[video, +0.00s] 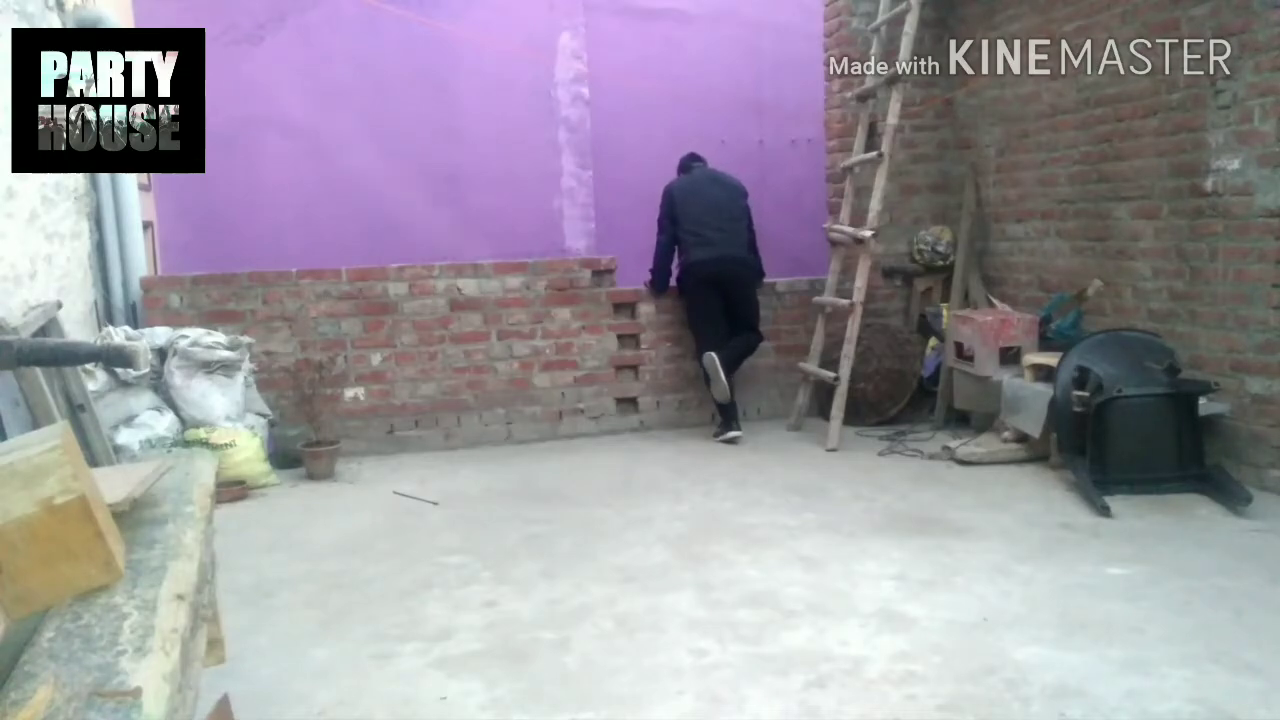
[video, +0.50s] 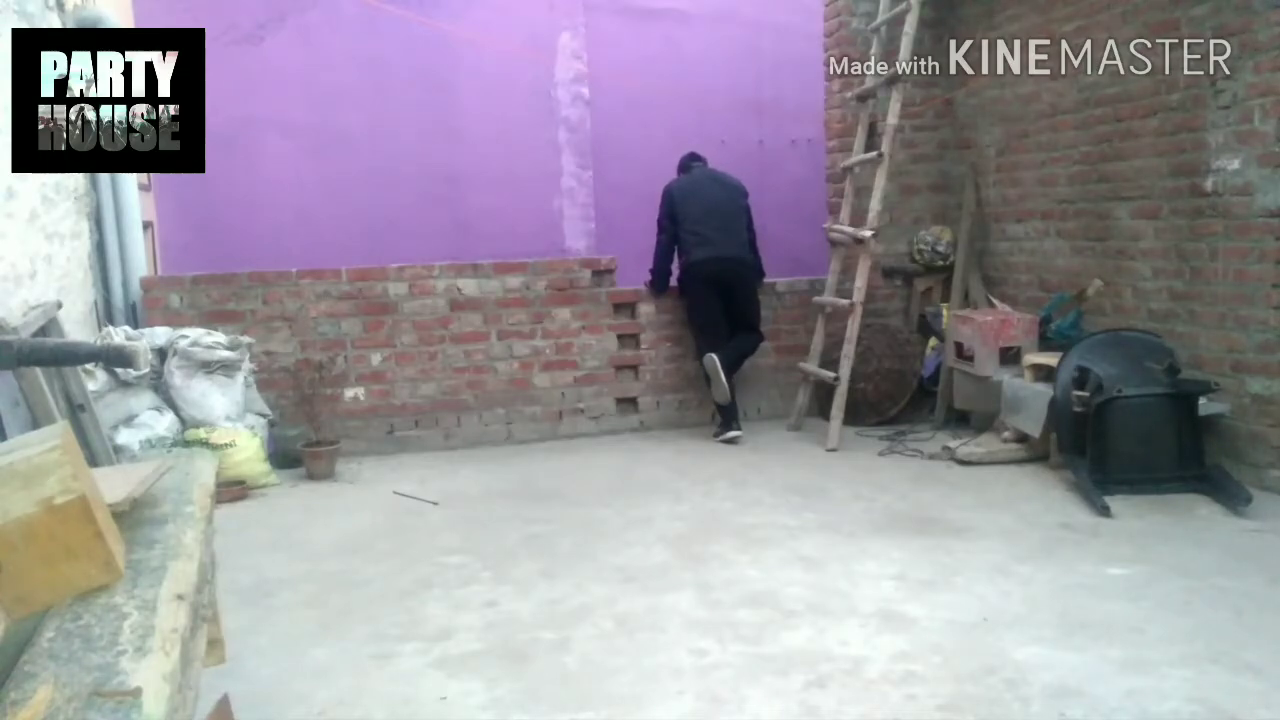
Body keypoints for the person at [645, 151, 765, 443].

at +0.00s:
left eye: (680, 175)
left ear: (681, 172)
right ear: (706, 166)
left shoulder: (674, 189)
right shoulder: (734, 184)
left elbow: (666, 239)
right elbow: (748, 231)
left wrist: (659, 282)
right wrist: (756, 269)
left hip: (697, 273)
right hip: (739, 269)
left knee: (710, 343)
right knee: (749, 332)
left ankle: (729, 422)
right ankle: (723, 362)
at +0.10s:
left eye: (679, 175)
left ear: (681, 172)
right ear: (706, 166)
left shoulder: (674, 189)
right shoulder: (734, 184)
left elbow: (666, 239)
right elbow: (748, 231)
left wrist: (659, 282)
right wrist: (756, 269)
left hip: (697, 273)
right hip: (739, 269)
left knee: (710, 343)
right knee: (749, 332)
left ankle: (729, 422)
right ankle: (722, 362)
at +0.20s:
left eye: (679, 175)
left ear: (681, 172)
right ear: (706, 166)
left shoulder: (674, 189)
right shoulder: (734, 184)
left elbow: (666, 239)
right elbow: (748, 232)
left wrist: (659, 282)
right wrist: (757, 270)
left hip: (697, 271)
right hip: (739, 268)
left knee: (710, 341)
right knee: (749, 331)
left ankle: (729, 422)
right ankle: (722, 362)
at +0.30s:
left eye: (679, 174)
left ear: (681, 172)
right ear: (706, 166)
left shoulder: (674, 189)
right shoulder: (734, 185)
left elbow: (666, 239)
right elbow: (748, 232)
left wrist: (659, 282)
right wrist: (757, 270)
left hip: (697, 272)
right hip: (739, 268)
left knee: (711, 342)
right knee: (750, 332)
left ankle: (729, 422)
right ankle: (722, 362)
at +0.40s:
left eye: (679, 175)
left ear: (681, 172)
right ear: (706, 166)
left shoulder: (674, 189)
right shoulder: (734, 185)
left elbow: (666, 239)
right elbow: (748, 232)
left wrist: (659, 282)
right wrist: (757, 270)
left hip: (697, 272)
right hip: (739, 268)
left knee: (711, 342)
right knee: (750, 332)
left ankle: (729, 422)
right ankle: (722, 362)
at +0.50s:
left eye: (679, 174)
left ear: (681, 171)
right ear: (706, 166)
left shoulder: (674, 189)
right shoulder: (734, 185)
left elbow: (666, 239)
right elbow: (748, 232)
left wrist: (659, 282)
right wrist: (757, 269)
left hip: (698, 271)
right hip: (739, 268)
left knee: (711, 342)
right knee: (750, 332)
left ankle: (729, 422)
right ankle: (723, 362)